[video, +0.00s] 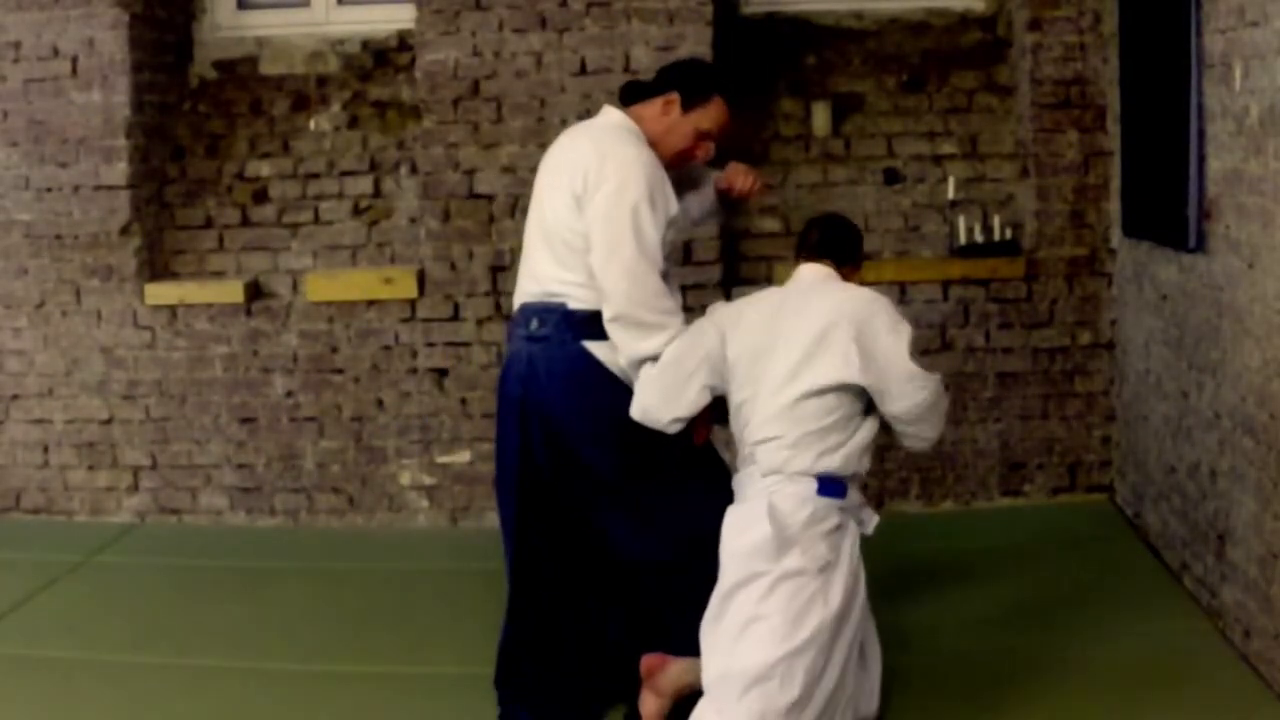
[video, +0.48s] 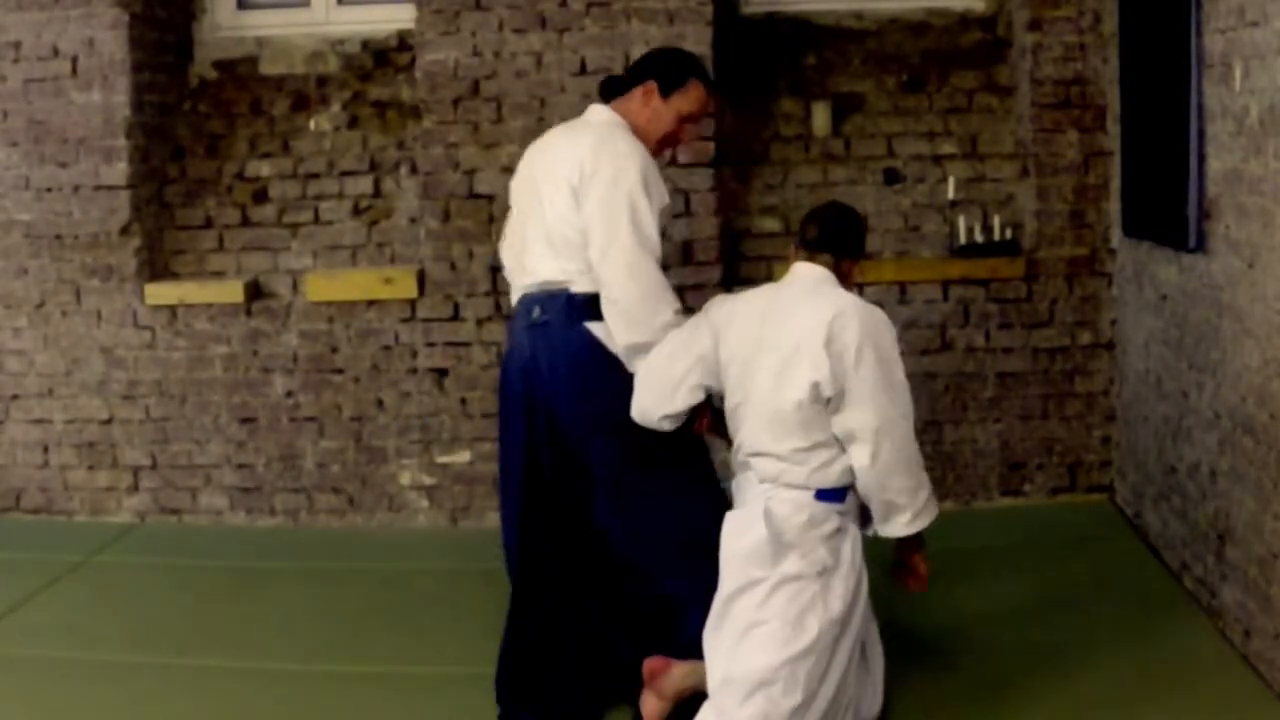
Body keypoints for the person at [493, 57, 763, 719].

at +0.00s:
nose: (702, 155)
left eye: (711, 144)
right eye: (702, 136)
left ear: (657, 107)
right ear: (668, 107)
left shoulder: (578, 142)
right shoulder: (624, 158)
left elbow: (643, 231)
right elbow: (632, 294)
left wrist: (714, 194)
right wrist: (689, 393)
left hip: (531, 357)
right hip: (587, 358)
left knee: (550, 548)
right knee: (687, 511)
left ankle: (541, 696)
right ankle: (671, 670)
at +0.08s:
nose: (703, 155)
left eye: (712, 143)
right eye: (702, 136)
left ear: (657, 108)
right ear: (668, 107)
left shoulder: (577, 142)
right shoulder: (624, 158)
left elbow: (640, 228)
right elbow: (632, 290)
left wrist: (714, 194)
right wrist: (688, 394)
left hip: (531, 356)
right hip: (587, 357)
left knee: (550, 547)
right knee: (687, 511)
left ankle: (541, 696)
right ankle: (672, 669)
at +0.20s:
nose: (703, 155)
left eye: (712, 143)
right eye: (703, 136)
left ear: (661, 103)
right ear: (669, 104)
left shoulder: (575, 143)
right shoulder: (624, 160)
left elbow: (643, 245)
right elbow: (631, 292)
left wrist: (705, 205)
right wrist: (686, 396)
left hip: (530, 351)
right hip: (587, 353)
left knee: (549, 540)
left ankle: (539, 694)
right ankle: (671, 665)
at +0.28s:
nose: (702, 152)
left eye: (711, 139)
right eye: (702, 131)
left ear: (658, 101)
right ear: (667, 101)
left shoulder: (571, 146)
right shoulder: (624, 160)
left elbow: (587, 250)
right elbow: (632, 296)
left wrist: (676, 249)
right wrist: (687, 401)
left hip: (531, 351)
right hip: (588, 355)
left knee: (551, 539)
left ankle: (539, 694)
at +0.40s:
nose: (695, 146)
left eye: (704, 133)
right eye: (695, 126)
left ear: (646, 100)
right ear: (656, 98)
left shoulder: (563, 151)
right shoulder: (620, 161)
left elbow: (550, 275)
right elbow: (635, 300)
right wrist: (687, 401)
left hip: (530, 352)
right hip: (589, 354)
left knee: (552, 540)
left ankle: (542, 695)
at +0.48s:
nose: (680, 142)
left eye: (692, 129)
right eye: (684, 122)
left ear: (636, 96)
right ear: (648, 95)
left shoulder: (545, 147)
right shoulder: (617, 153)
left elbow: (514, 254)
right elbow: (631, 288)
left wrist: (550, 325)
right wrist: (686, 389)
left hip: (526, 341)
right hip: (590, 339)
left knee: (548, 522)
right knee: (665, 503)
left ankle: (540, 688)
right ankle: (676, 663)